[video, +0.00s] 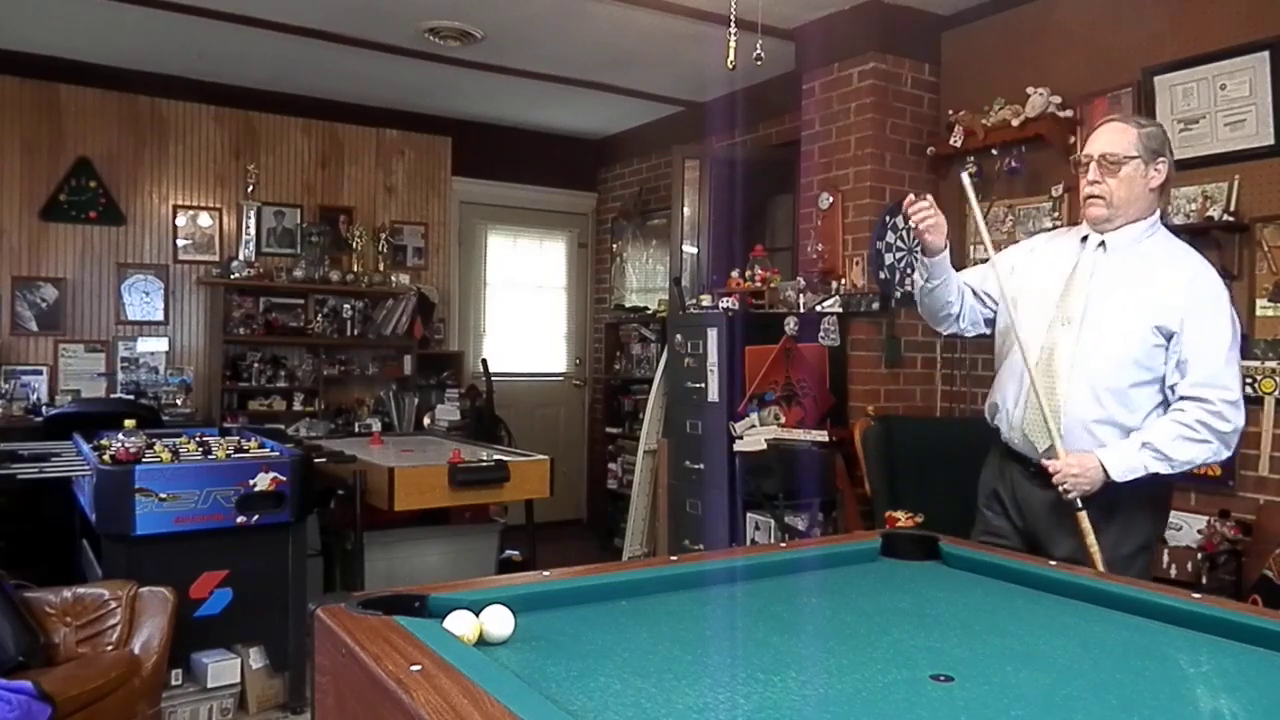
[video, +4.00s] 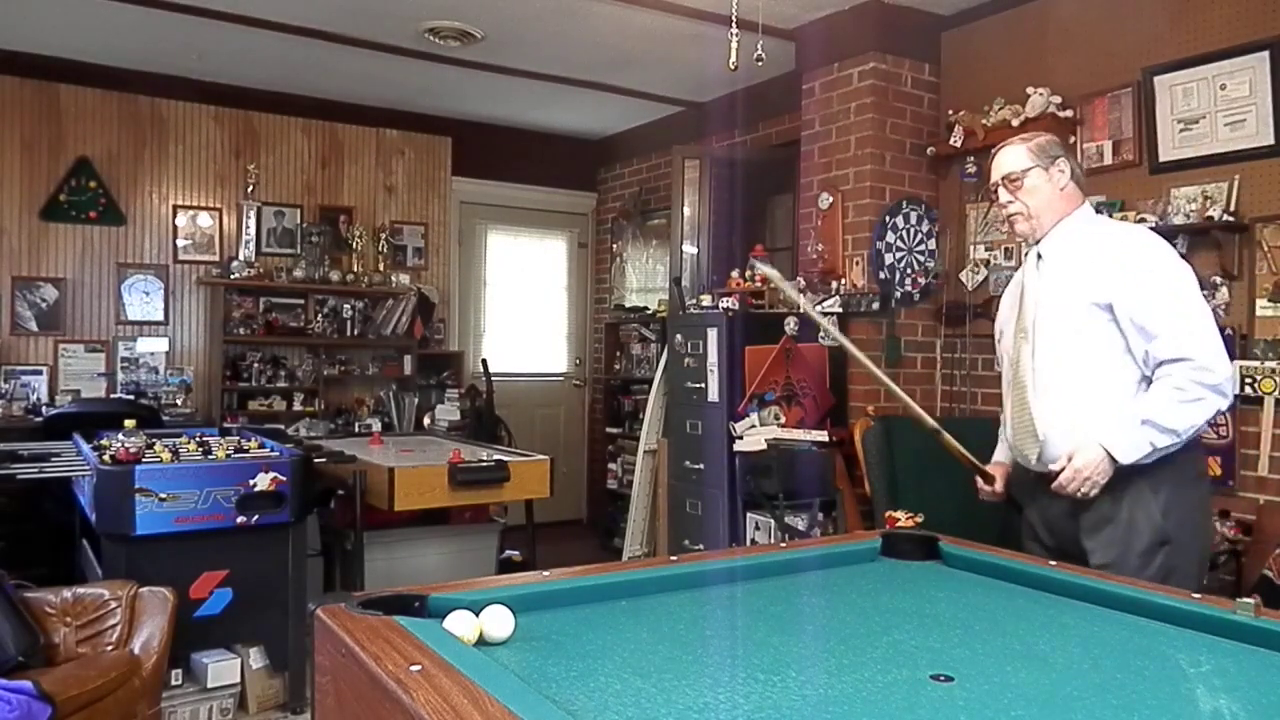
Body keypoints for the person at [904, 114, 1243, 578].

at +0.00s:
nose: (1090, 178)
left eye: (1110, 164)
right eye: (1084, 165)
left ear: (1156, 173)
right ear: (1076, 172)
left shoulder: (1190, 281)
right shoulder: (1036, 254)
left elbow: (1212, 417)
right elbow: (952, 314)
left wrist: (1108, 465)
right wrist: (935, 255)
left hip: (1112, 508)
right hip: (1009, 485)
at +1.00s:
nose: (1005, 192)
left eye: (1018, 175)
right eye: (995, 184)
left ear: (1061, 175)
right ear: (989, 194)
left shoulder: (1119, 265)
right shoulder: (973, 270)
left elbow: (1156, 393)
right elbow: (910, 344)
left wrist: (1085, 473)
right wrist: (903, 278)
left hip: (1094, 494)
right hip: (991, 487)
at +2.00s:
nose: (1216, 225)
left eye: (1237, 213)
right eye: (1203, 203)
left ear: (1255, 216)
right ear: (1169, 191)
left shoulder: (1269, 295)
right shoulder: (1091, 268)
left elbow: (1275, 415)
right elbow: (1037, 389)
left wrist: (1255, 456)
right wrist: (1073, 495)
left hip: (1196, 524)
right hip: (1080, 515)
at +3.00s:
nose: (1212, 211)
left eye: (1238, 198)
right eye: (1202, 190)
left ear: (1270, 206)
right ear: (1179, 185)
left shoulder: (1274, 278)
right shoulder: (1110, 266)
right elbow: (1038, 385)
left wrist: (1270, 452)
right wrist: (1075, 488)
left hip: (1224, 532)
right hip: (1102, 520)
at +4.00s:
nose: (1002, 200)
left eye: (1013, 181)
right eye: (995, 190)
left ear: (1059, 175)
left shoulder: (1131, 250)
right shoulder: (1018, 286)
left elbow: (1203, 372)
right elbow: (1024, 383)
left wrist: (1111, 447)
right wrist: (1004, 453)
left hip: (1138, 498)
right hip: (1045, 501)